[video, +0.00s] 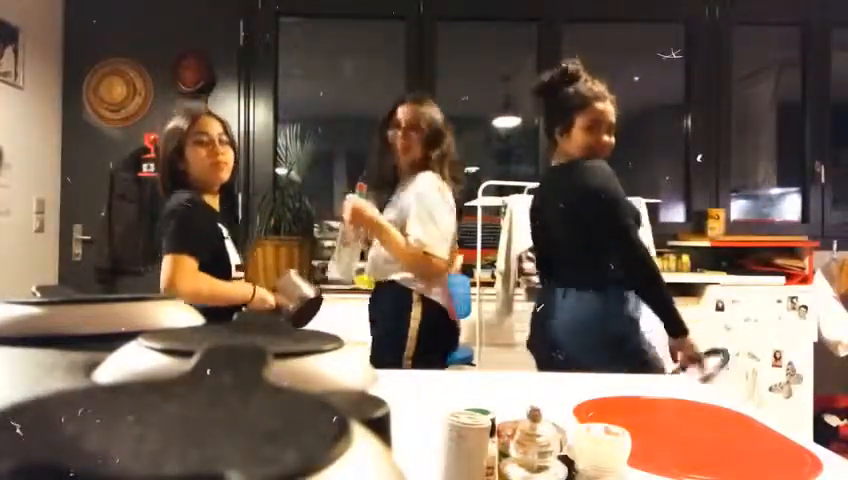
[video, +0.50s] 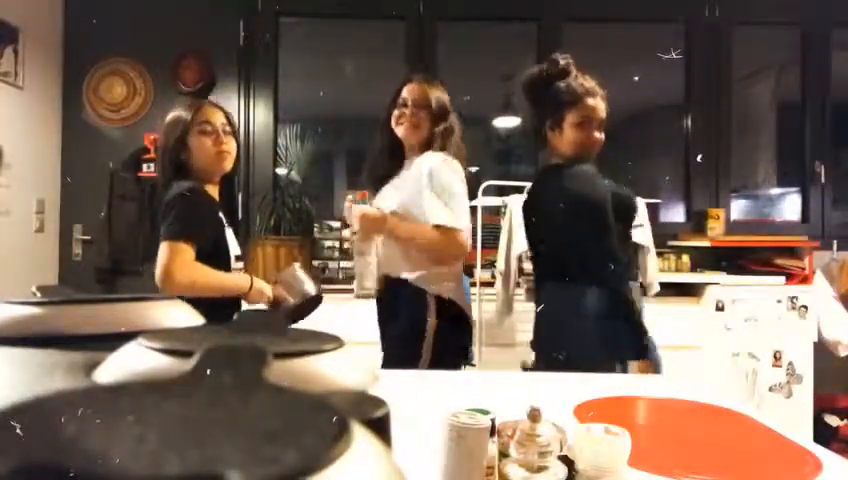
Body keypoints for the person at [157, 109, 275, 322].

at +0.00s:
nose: (218, 150)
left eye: (224, 142)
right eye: (202, 142)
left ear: (234, 152)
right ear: (179, 159)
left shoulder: (216, 212)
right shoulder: (186, 209)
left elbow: (228, 284)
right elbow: (178, 284)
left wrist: (274, 297)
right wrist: (250, 293)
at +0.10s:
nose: (218, 140)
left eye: (224, 132)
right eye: (203, 132)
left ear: (234, 142)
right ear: (179, 149)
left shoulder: (213, 202)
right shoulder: (186, 197)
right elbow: (178, 274)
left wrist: (272, 293)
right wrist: (250, 286)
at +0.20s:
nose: (218, 133)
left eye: (224, 125)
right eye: (203, 125)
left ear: (233, 135)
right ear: (179, 141)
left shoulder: (215, 191)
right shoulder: (187, 187)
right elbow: (175, 263)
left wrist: (270, 284)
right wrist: (248, 275)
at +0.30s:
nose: (220, 141)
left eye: (226, 133)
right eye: (204, 133)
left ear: (235, 143)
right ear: (181, 149)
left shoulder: (216, 203)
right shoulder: (188, 197)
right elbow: (177, 272)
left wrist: (273, 288)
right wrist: (250, 282)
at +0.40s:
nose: (221, 149)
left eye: (227, 141)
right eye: (205, 141)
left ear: (236, 151)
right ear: (182, 158)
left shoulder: (215, 211)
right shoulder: (189, 208)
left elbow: (227, 286)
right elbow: (176, 282)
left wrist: (274, 296)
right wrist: (252, 292)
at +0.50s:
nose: (222, 139)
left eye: (227, 131)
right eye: (206, 131)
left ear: (236, 141)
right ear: (181, 148)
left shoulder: (212, 202)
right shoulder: (187, 198)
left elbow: (222, 278)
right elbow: (173, 275)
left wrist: (268, 292)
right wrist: (247, 285)